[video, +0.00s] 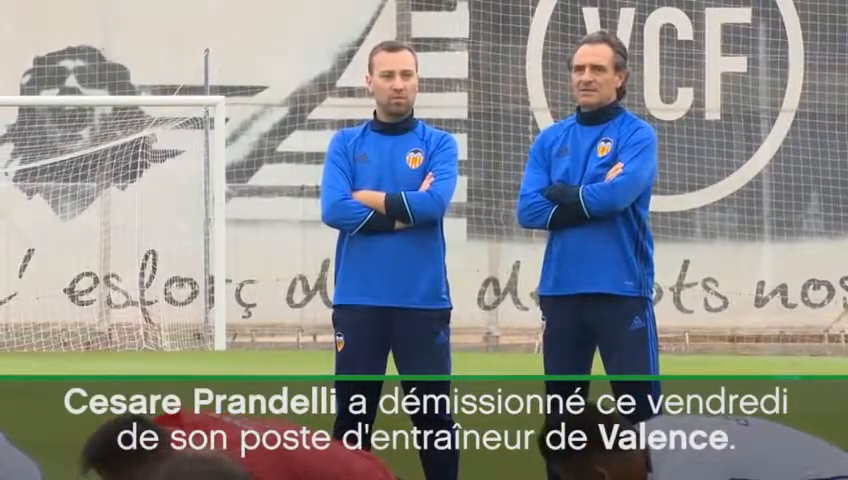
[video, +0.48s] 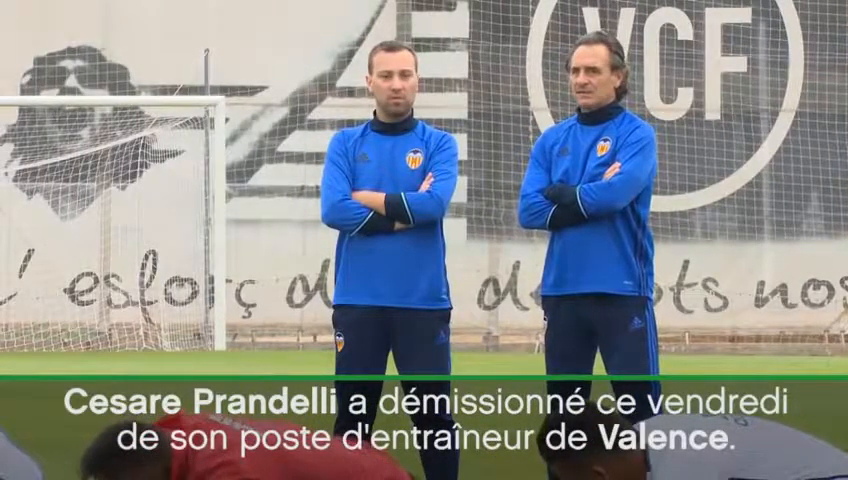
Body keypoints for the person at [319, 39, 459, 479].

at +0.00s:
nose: (398, 84)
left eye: (406, 75)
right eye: (388, 76)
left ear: (417, 82)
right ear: (370, 83)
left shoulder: (440, 143)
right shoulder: (345, 142)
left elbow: (434, 205)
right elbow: (334, 210)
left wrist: (364, 196)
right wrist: (406, 213)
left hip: (423, 301)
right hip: (358, 301)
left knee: (433, 416)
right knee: (352, 418)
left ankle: (442, 479)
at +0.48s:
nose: (397, 84)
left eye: (405, 75)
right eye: (386, 76)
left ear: (418, 82)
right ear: (369, 83)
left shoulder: (439, 143)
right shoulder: (345, 142)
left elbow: (433, 207)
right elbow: (334, 211)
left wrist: (360, 196)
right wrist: (407, 213)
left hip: (423, 302)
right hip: (358, 301)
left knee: (434, 417)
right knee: (352, 419)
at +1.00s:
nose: (395, 84)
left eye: (404, 75)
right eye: (385, 75)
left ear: (417, 82)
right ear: (369, 83)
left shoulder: (439, 143)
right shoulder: (346, 142)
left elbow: (433, 206)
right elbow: (333, 210)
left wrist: (362, 196)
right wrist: (406, 213)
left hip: (423, 302)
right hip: (358, 301)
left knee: (433, 416)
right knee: (352, 418)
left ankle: (443, 479)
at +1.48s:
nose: (393, 86)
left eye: (402, 76)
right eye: (384, 77)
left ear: (417, 82)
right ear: (369, 83)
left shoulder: (439, 143)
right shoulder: (345, 142)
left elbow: (433, 206)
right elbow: (333, 210)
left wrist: (363, 196)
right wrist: (406, 213)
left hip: (422, 301)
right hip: (358, 301)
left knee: (433, 415)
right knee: (352, 417)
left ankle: (443, 478)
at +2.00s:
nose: (392, 85)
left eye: (401, 76)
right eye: (382, 76)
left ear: (416, 82)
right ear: (368, 84)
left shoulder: (439, 142)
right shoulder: (344, 142)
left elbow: (434, 207)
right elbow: (332, 211)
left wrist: (362, 196)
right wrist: (408, 208)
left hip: (422, 300)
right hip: (357, 300)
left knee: (432, 415)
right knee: (353, 416)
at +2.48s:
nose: (391, 86)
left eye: (400, 76)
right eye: (381, 77)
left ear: (416, 82)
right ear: (368, 84)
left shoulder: (438, 143)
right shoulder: (344, 142)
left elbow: (433, 208)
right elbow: (332, 212)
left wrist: (363, 196)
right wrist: (402, 213)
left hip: (422, 303)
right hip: (357, 302)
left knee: (433, 420)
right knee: (352, 420)